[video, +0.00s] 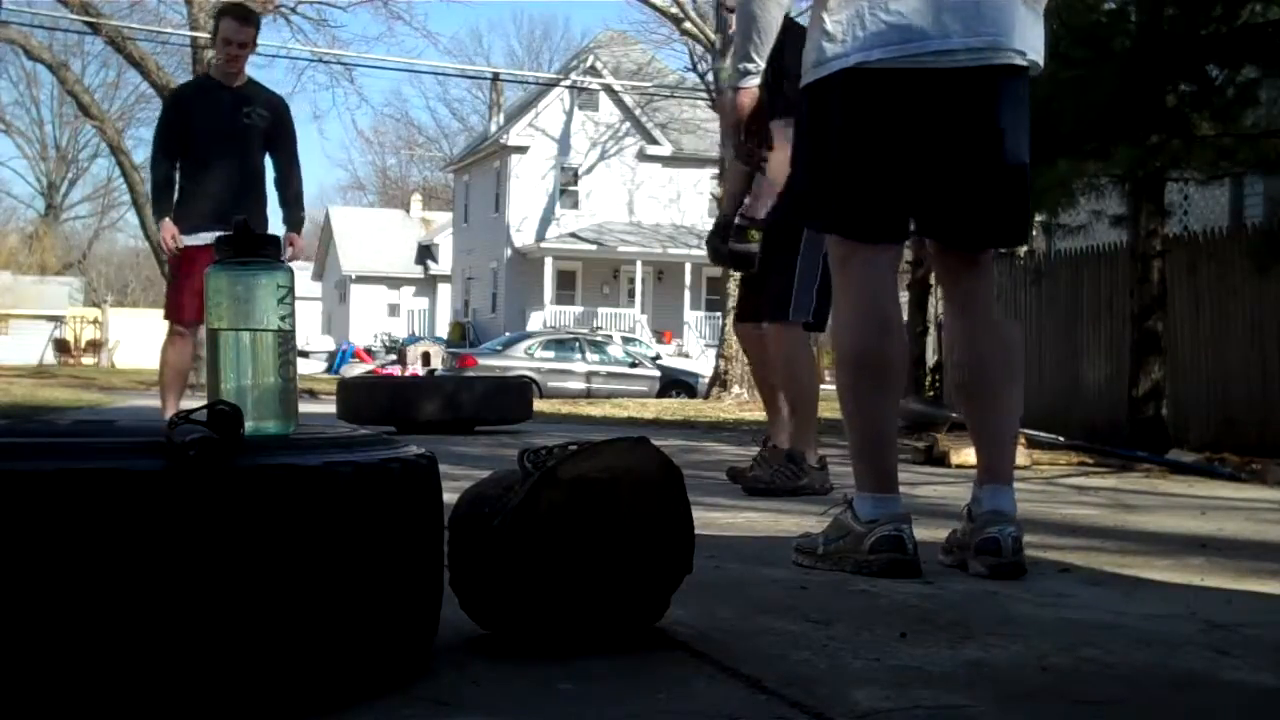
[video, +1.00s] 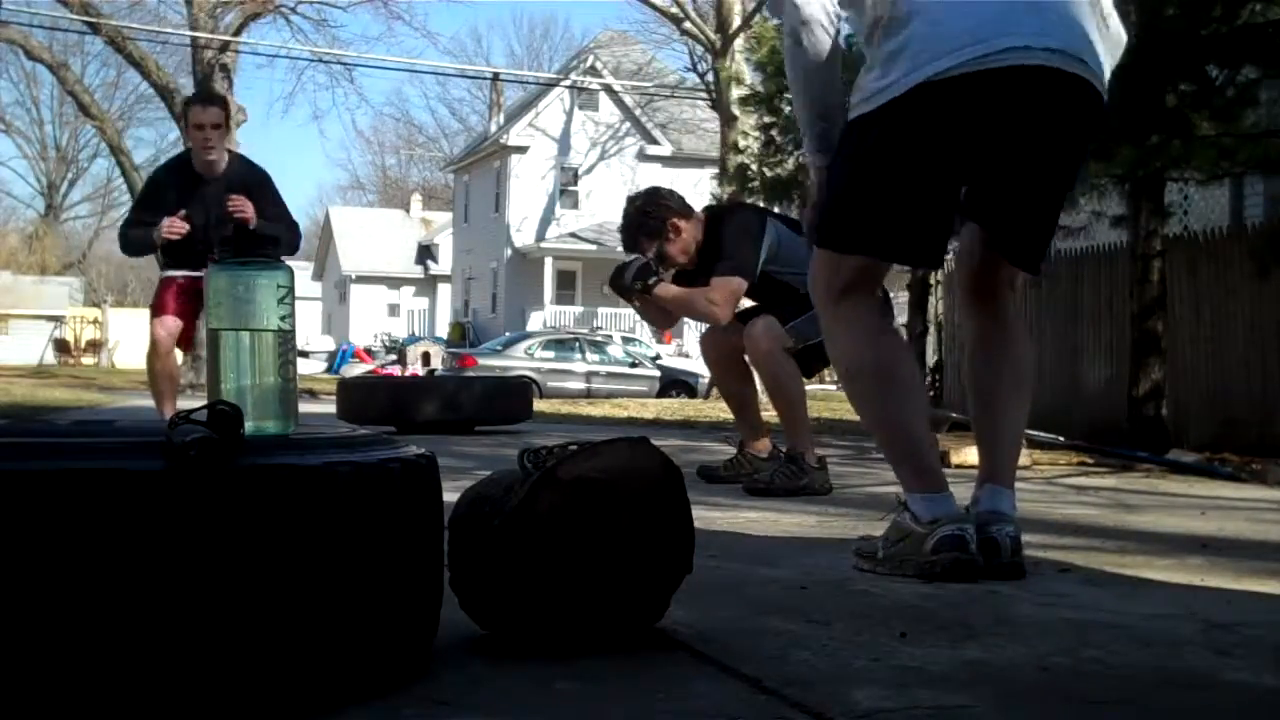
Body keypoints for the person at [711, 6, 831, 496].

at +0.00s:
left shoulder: (798, 35)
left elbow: (785, 148)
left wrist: (750, 215)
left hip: (807, 201)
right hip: (786, 202)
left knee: (788, 325)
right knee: (753, 322)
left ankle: (805, 459)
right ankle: (785, 446)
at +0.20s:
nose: (700, 26)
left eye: (707, 14)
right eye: (699, 16)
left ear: (742, 9)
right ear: (731, 12)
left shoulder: (785, 63)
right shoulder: (736, 77)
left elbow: (764, 162)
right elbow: (725, 155)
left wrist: (695, 209)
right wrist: (690, 206)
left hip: (820, 207)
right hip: (786, 211)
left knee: (785, 327)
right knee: (754, 327)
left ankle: (806, 460)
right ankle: (763, 448)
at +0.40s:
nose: (675, 99)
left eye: (678, 87)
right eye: (669, 91)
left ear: (710, 68)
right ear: (703, 72)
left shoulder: (765, 102)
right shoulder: (715, 128)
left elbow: (735, 191)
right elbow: (697, 203)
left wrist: (662, 192)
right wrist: (654, 199)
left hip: (836, 231)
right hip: (797, 236)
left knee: (781, 328)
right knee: (739, 334)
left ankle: (806, 460)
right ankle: (760, 450)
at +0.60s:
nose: (664, 177)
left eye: (665, 164)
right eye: (657, 170)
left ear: (691, 140)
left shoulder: (750, 156)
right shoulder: (702, 188)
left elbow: (709, 232)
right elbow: (656, 250)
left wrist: (643, 212)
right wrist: (628, 221)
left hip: (844, 260)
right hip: (801, 267)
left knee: (772, 332)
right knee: (728, 337)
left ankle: (807, 462)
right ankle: (759, 452)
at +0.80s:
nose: (662, 238)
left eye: (658, 226)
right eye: (654, 231)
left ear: (676, 199)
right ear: (678, 197)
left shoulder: (741, 202)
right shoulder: (701, 221)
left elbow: (712, 281)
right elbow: (659, 296)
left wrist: (648, 256)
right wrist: (627, 269)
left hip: (842, 284)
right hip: (799, 289)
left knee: (765, 336)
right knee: (720, 339)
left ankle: (807, 460)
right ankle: (758, 451)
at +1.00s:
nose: (662, 267)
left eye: (659, 256)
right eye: (655, 261)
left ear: (676, 228)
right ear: (678, 227)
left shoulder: (738, 224)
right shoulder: (697, 249)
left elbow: (719, 308)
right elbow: (665, 320)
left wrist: (657, 287)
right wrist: (637, 297)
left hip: (843, 303)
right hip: (798, 309)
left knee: (761, 335)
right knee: (717, 342)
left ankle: (806, 461)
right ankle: (758, 452)